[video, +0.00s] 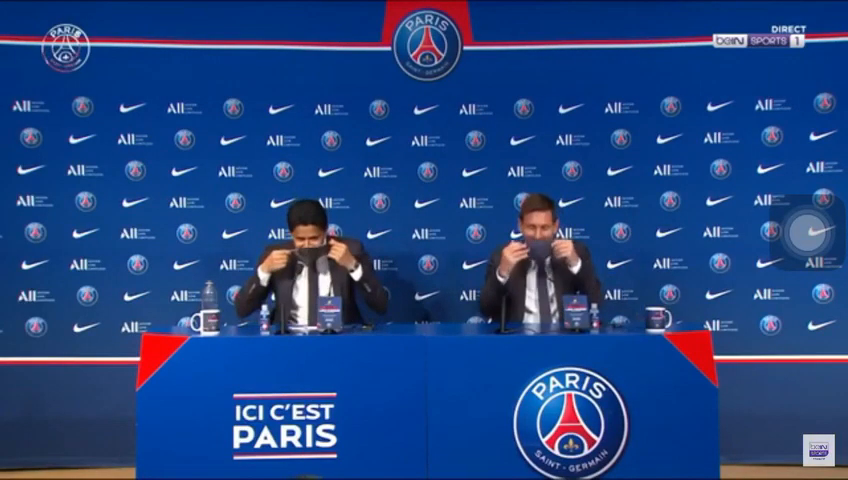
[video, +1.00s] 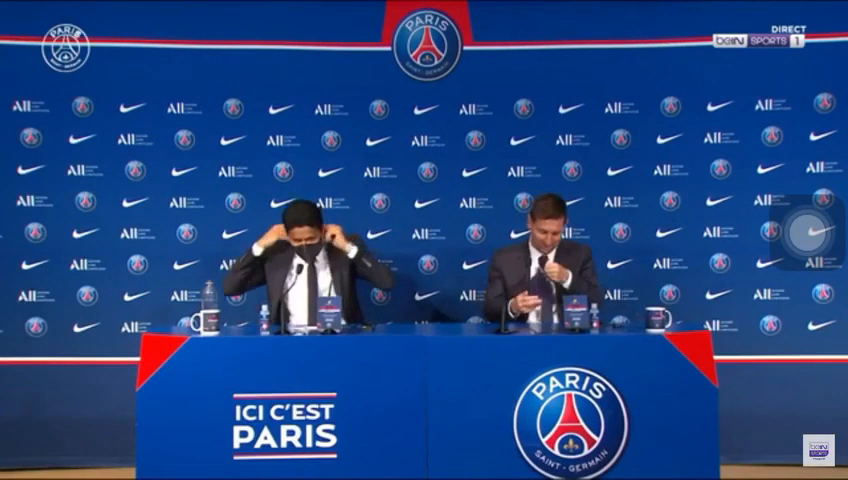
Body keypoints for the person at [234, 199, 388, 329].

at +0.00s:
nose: (307, 245)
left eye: (313, 239)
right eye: (300, 239)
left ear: (326, 233)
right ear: (292, 235)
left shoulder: (350, 251)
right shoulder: (276, 256)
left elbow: (381, 306)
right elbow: (242, 310)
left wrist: (354, 266)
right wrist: (264, 272)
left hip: (340, 345)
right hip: (290, 345)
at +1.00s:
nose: (304, 246)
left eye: (310, 239)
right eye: (297, 241)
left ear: (322, 230)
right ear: (287, 234)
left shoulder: (345, 251)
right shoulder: (276, 255)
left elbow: (387, 282)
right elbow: (231, 288)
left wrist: (348, 247)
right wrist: (260, 246)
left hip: (340, 346)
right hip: (290, 348)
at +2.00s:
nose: (292, 237)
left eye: (298, 230)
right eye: (287, 231)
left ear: (317, 226)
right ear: (282, 228)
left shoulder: (349, 251)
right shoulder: (276, 253)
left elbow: (365, 308)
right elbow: (247, 307)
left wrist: (327, 277)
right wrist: (271, 265)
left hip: (335, 343)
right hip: (288, 343)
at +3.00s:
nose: (310, 238)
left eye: (317, 231)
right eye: (302, 232)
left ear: (327, 227)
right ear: (293, 230)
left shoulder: (354, 254)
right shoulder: (275, 259)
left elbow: (368, 312)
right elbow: (263, 315)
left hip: (342, 346)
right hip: (291, 346)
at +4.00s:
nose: (319, 247)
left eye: (324, 239)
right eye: (312, 241)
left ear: (331, 234)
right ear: (295, 238)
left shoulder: (352, 259)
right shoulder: (272, 266)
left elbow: (377, 313)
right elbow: (251, 320)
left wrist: (362, 337)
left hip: (342, 349)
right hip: (291, 350)